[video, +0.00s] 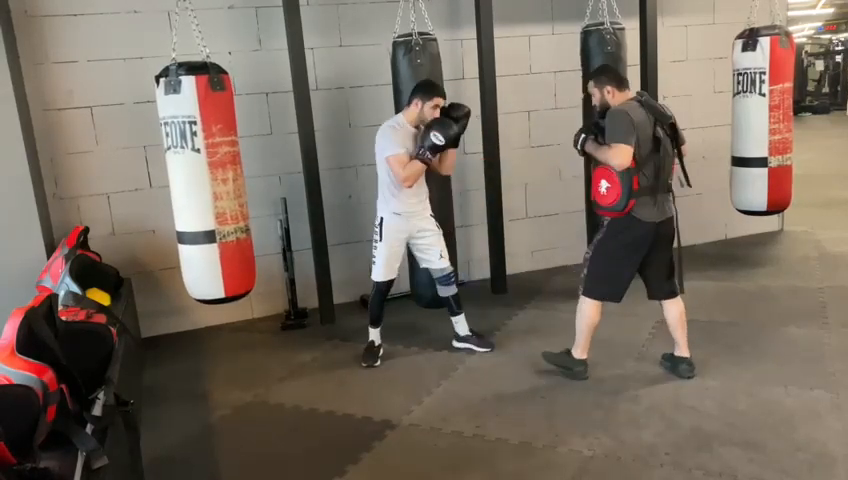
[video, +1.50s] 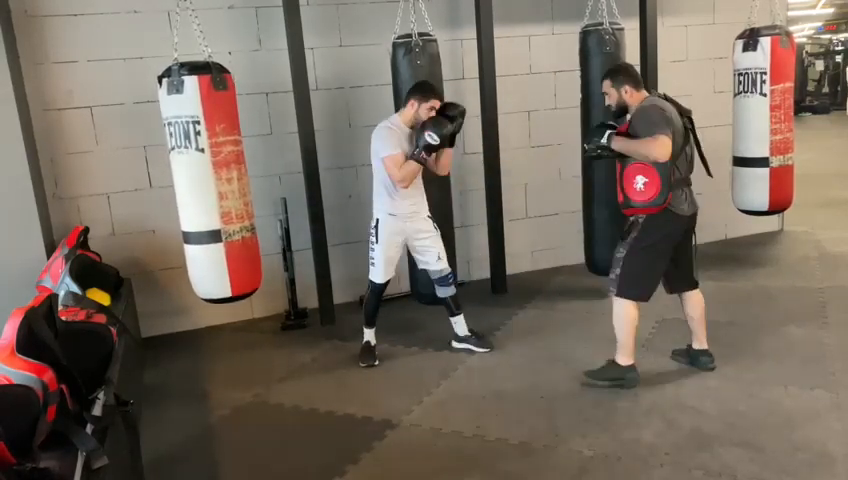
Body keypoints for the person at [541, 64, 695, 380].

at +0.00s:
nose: (594, 101)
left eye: (594, 95)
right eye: (591, 96)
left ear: (609, 90)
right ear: (624, 87)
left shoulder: (619, 115)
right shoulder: (653, 107)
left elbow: (620, 158)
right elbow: (679, 147)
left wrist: (587, 144)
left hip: (629, 222)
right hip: (661, 221)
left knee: (593, 286)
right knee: (666, 289)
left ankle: (578, 357)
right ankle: (683, 357)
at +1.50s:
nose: (607, 101)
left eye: (609, 93)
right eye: (606, 94)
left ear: (625, 89)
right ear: (634, 89)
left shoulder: (647, 111)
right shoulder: (662, 107)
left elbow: (660, 151)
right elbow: (660, 153)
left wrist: (612, 140)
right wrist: (615, 140)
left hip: (660, 214)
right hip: (682, 212)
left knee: (624, 286)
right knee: (685, 282)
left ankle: (624, 364)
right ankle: (700, 350)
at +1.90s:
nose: (599, 116)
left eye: (599, 109)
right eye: (597, 110)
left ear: (616, 106)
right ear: (627, 101)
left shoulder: (644, 130)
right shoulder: (656, 117)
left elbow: (650, 185)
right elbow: (663, 167)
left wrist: (605, 174)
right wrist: (619, 158)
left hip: (673, 223)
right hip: (695, 215)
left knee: (647, 298)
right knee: (689, 280)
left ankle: (653, 376)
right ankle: (712, 344)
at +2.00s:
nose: (605, 111)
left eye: (606, 103)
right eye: (603, 104)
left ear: (624, 101)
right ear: (632, 97)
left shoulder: (652, 124)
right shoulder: (662, 113)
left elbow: (658, 179)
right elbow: (667, 164)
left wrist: (610, 168)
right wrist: (625, 152)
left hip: (675, 222)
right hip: (697, 215)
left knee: (651, 296)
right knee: (697, 280)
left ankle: (653, 376)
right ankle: (724, 342)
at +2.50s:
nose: (626, 104)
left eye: (629, 97)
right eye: (626, 97)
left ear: (647, 94)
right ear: (654, 93)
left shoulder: (668, 119)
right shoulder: (679, 112)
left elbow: (663, 164)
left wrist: (624, 150)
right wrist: (635, 148)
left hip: (682, 222)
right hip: (703, 218)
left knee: (647, 296)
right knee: (710, 285)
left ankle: (630, 373)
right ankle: (736, 347)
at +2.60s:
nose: (617, 109)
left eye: (619, 102)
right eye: (616, 103)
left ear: (636, 100)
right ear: (647, 97)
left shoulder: (656, 126)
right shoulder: (674, 117)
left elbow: (649, 175)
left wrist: (611, 163)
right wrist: (629, 153)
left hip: (675, 229)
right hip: (699, 224)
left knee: (639, 300)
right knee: (703, 287)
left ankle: (625, 376)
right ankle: (735, 347)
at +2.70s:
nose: (605, 113)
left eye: (606, 106)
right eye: (604, 107)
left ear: (624, 104)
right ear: (635, 101)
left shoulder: (645, 128)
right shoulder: (665, 117)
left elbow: (640, 180)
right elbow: (670, 164)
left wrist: (596, 181)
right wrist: (621, 154)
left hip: (672, 226)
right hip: (697, 221)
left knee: (633, 295)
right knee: (688, 278)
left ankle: (625, 377)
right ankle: (727, 342)